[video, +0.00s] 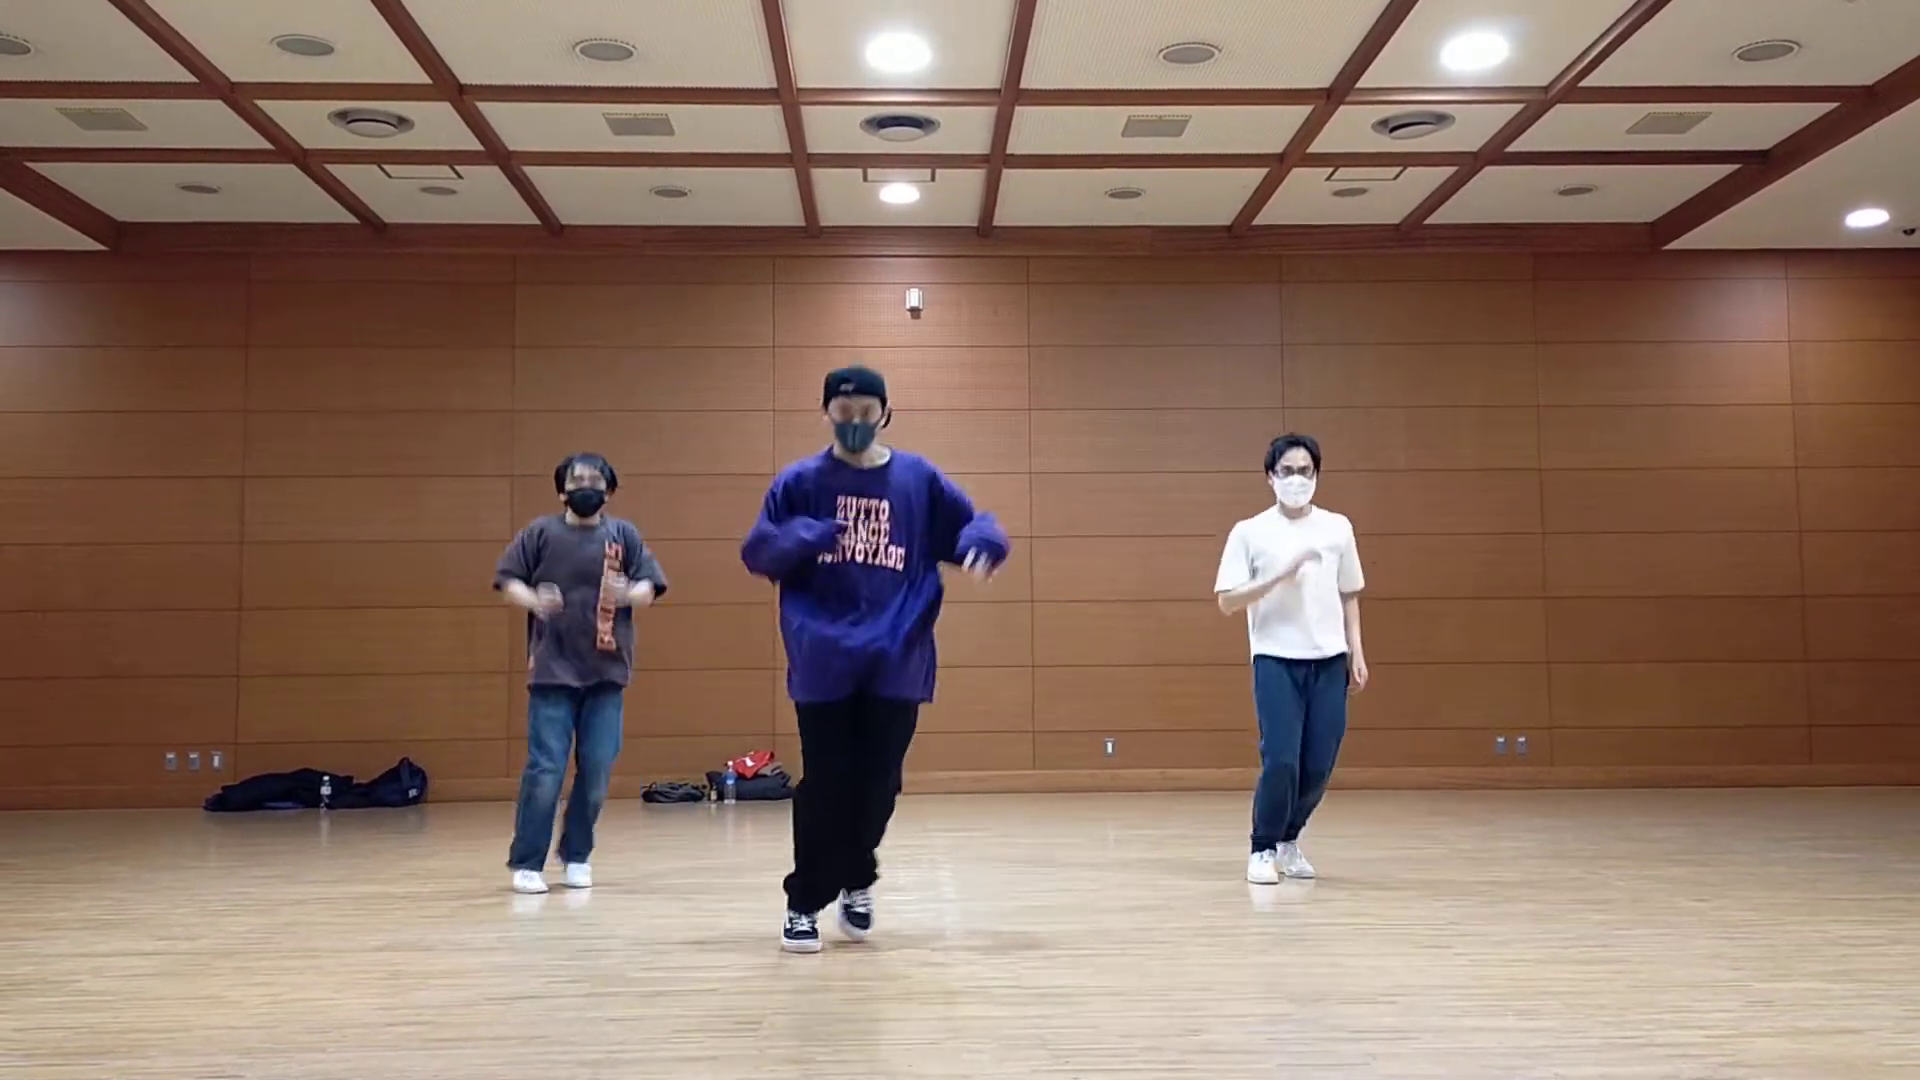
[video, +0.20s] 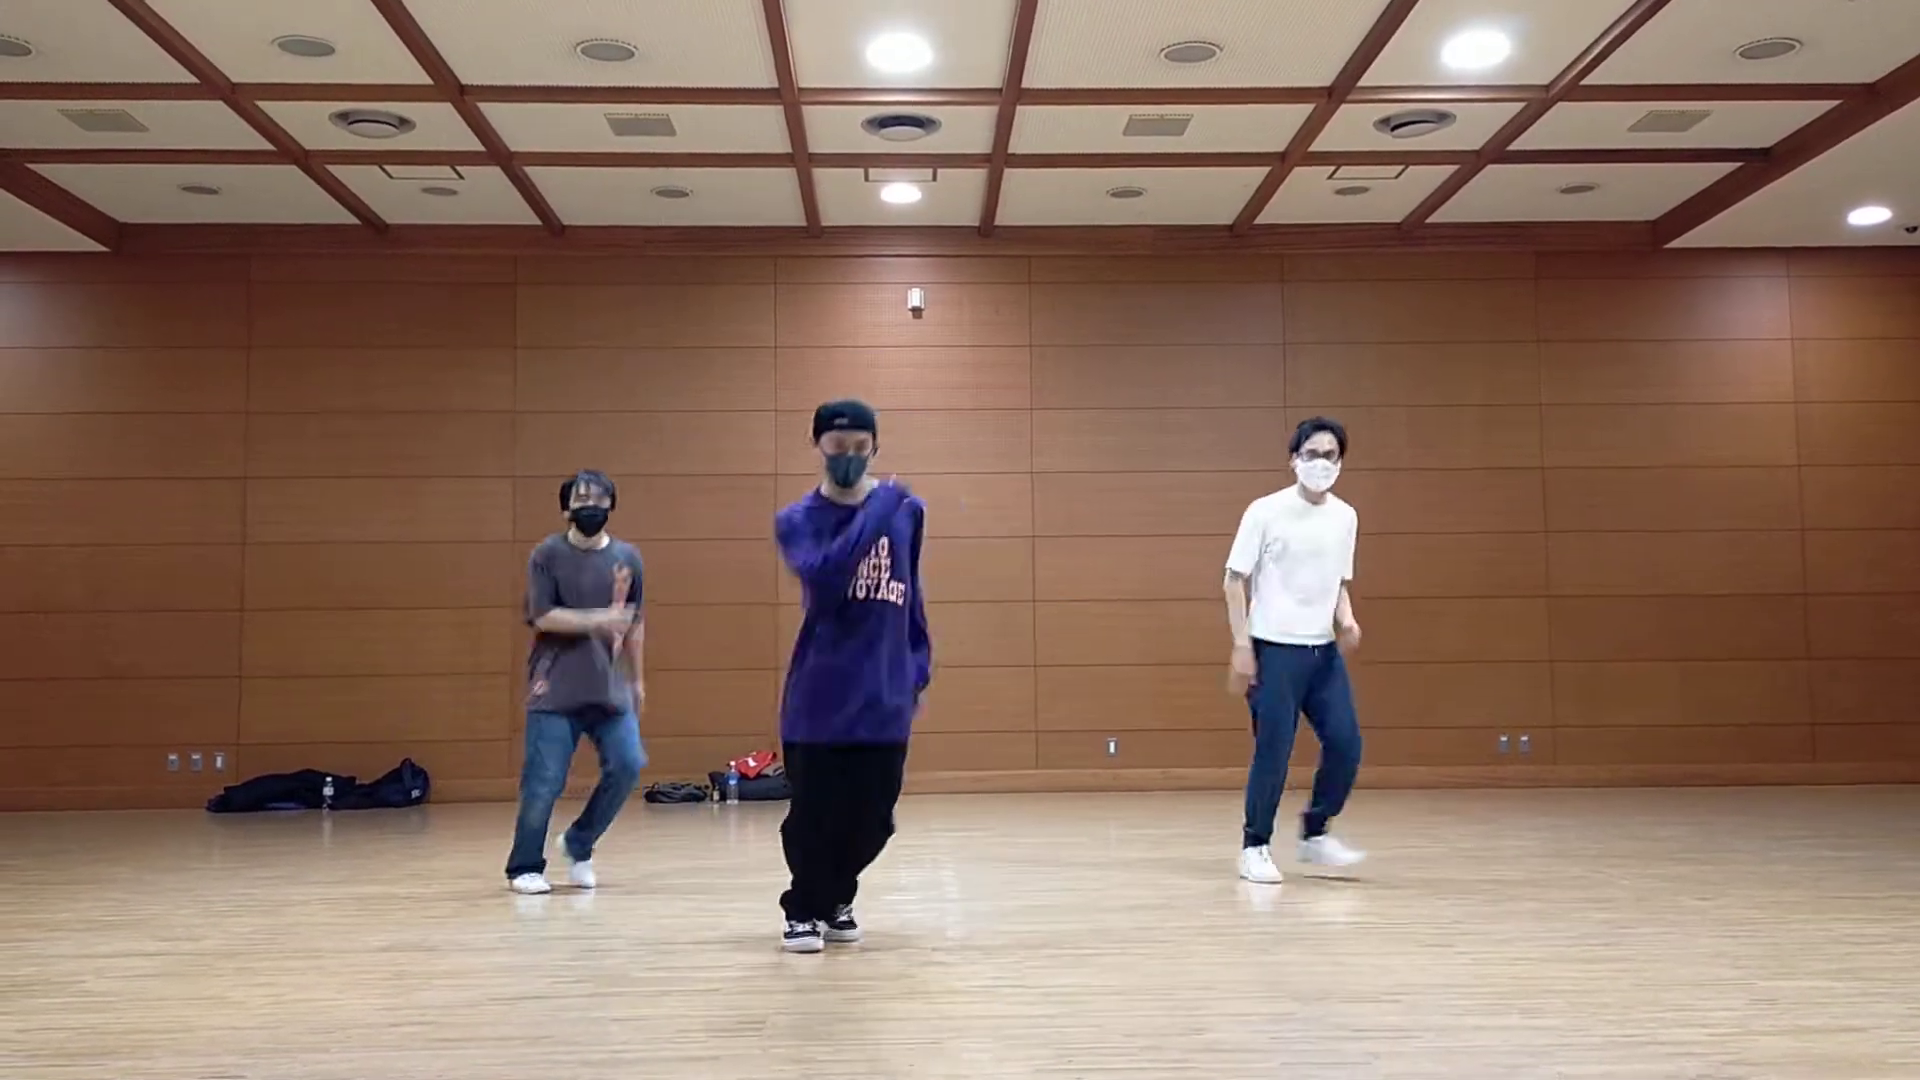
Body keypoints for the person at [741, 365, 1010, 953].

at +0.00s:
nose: (853, 414)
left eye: (865, 404)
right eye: (843, 405)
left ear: (884, 412)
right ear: (827, 413)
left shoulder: (917, 478)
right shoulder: (801, 481)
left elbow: (970, 525)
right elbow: (758, 554)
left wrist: (984, 540)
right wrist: (809, 534)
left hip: (897, 658)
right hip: (822, 657)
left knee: (879, 781)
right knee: (826, 779)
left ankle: (860, 880)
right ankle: (803, 904)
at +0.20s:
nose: (848, 456)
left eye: (858, 447)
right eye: (837, 445)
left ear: (873, 450)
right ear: (818, 447)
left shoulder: (902, 510)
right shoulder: (798, 518)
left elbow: (909, 590)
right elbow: (821, 574)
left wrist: (918, 664)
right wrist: (873, 508)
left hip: (885, 688)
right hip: (821, 688)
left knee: (873, 816)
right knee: (816, 807)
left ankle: (836, 898)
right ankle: (803, 912)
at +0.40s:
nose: (900, 402)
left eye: (911, 394)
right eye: (889, 392)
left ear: (923, 404)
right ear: (867, 397)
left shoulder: (935, 469)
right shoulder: (835, 454)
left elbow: (951, 534)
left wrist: (989, 573)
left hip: (901, 651)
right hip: (829, 648)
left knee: (921, 773)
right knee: (820, 781)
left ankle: (903, 886)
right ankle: (793, 901)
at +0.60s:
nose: (958, 489)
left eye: (968, 480)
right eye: (947, 477)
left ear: (978, 485)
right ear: (925, 475)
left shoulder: (966, 546)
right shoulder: (889, 531)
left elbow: (1002, 604)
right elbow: (861, 617)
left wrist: (1085, 613)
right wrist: (863, 712)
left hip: (907, 697)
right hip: (858, 699)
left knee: (982, 784)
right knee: (824, 813)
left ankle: (991, 910)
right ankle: (741, 917)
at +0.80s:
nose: (1007, 484)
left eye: (1018, 475)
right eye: (997, 472)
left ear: (1029, 478)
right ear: (975, 470)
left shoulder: (1030, 530)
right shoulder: (923, 516)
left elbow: (1035, 613)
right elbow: (842, 562)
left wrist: (1044, 678)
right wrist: (766, 600)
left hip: (987, 676)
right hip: (927, 670)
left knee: (1025, 785)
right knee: (939, 769)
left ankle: (991, 910)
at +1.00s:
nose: (1025, 464)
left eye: (1035, 455)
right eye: (1015, 454)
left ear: (1047, 457)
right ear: (994, 452)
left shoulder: (1064, 514)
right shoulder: (953, 498)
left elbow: (1075, 592)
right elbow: (898, 551)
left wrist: (1083, 651)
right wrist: (867, 590)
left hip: (1044, 676)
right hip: (975, 679)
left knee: (1041, 794)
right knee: (1002, 794)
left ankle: (1006, 900)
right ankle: (1086, 862)